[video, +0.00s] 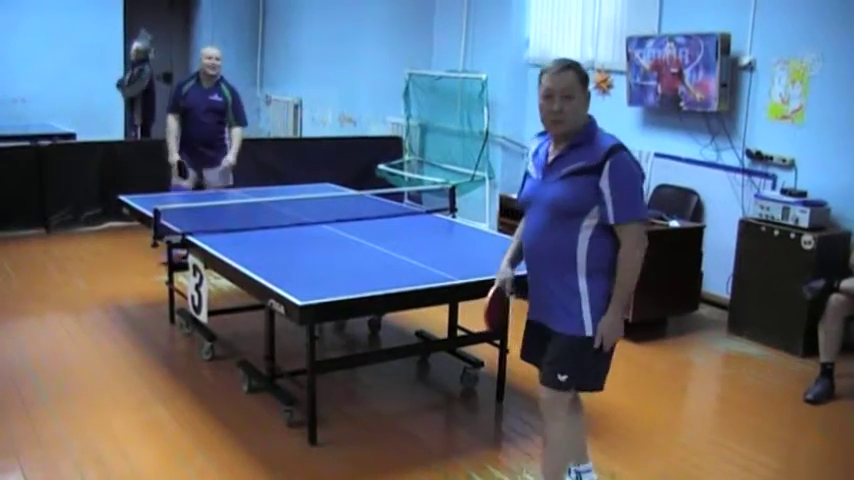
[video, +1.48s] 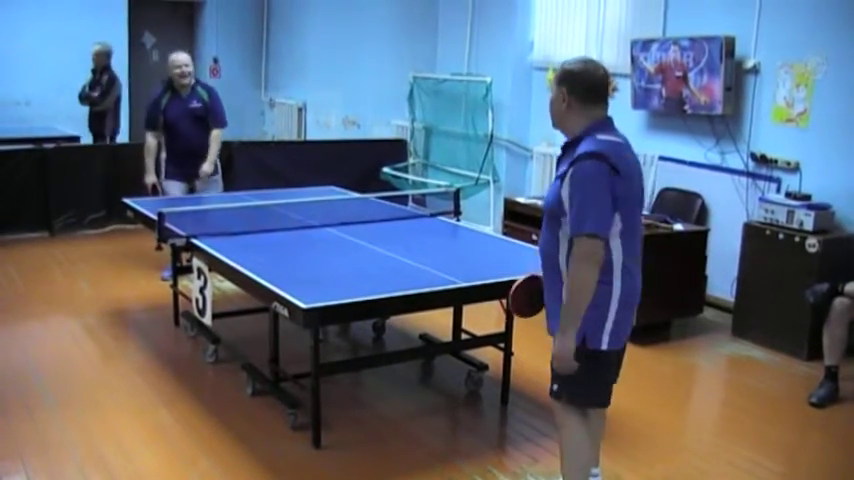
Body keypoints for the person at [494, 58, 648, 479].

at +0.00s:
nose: (554, 106)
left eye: (566, 98)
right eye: (547, 97)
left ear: (587, 100)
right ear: (538, 101)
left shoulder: (613, 160)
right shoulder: (541, 150)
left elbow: (634, 242)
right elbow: (531, 217)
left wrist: (617, 310)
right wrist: (507, 265)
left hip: (586, 305)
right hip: (546, 296)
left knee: (554, 394)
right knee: (560, 388)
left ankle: (552, 476)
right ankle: (580, 470)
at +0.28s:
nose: (575, 100)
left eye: (587, 92)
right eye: (568, 90)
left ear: (607, 96)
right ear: (557, 95)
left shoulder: (627, 158)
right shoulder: (552, 147)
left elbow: (646, 239)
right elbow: (541, 221)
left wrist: (624, 311)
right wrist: (526, 275)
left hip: (589, 306)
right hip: (548, 296)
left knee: (581, 402)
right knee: (561, 390)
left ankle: (580, 476)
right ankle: (578, 468)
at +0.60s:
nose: (585, 102)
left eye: (596, 94)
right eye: (576, 92)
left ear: (612, 99)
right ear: (564, 97)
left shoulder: (634, 158)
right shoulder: (555, 146)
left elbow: (654, 241)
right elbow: (541, 218)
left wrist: (631, 312)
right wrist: (529, 275)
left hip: (598, 306)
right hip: (554, 297)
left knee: (588, 401)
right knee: (564, 387)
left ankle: (583, 477)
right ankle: (578, 468)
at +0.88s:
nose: (578, 101)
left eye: (591, 93)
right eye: (572, 92)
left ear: (612, 99)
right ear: (562, 95)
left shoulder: (635, 159)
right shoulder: (558, 148)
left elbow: (654, 242)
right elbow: (544, 219)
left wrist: (631, 315)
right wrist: (528, 276)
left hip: (597, 310)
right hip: (554, 300)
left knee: (588, 404)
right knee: (567, 393)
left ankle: (584, 477)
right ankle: (579, 469)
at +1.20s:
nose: (548, 103)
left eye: (553, 95)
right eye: (550, 94)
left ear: (576, 99)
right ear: (580, 99)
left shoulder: (623, 161)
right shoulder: (577, 150)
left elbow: (633, 250)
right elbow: (561, 227)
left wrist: (613, 327)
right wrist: (533, 276)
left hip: (590, 316)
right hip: (564, 307)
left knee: (573, 406)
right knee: (575, 401)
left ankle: (575, 474)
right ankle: (582, 469)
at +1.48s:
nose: (549, 102)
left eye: (551, 94)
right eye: (551, 93)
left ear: (564, 99)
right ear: (601, 99)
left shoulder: (590, 163)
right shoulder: (611, 150)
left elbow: (589, 251)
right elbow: (590, 239)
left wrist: (567, 329)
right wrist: (548, 279)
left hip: (590, 318)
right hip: (606, 312)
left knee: (568, 406)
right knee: (590, 406)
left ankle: (574, 476)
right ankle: (588, 470)